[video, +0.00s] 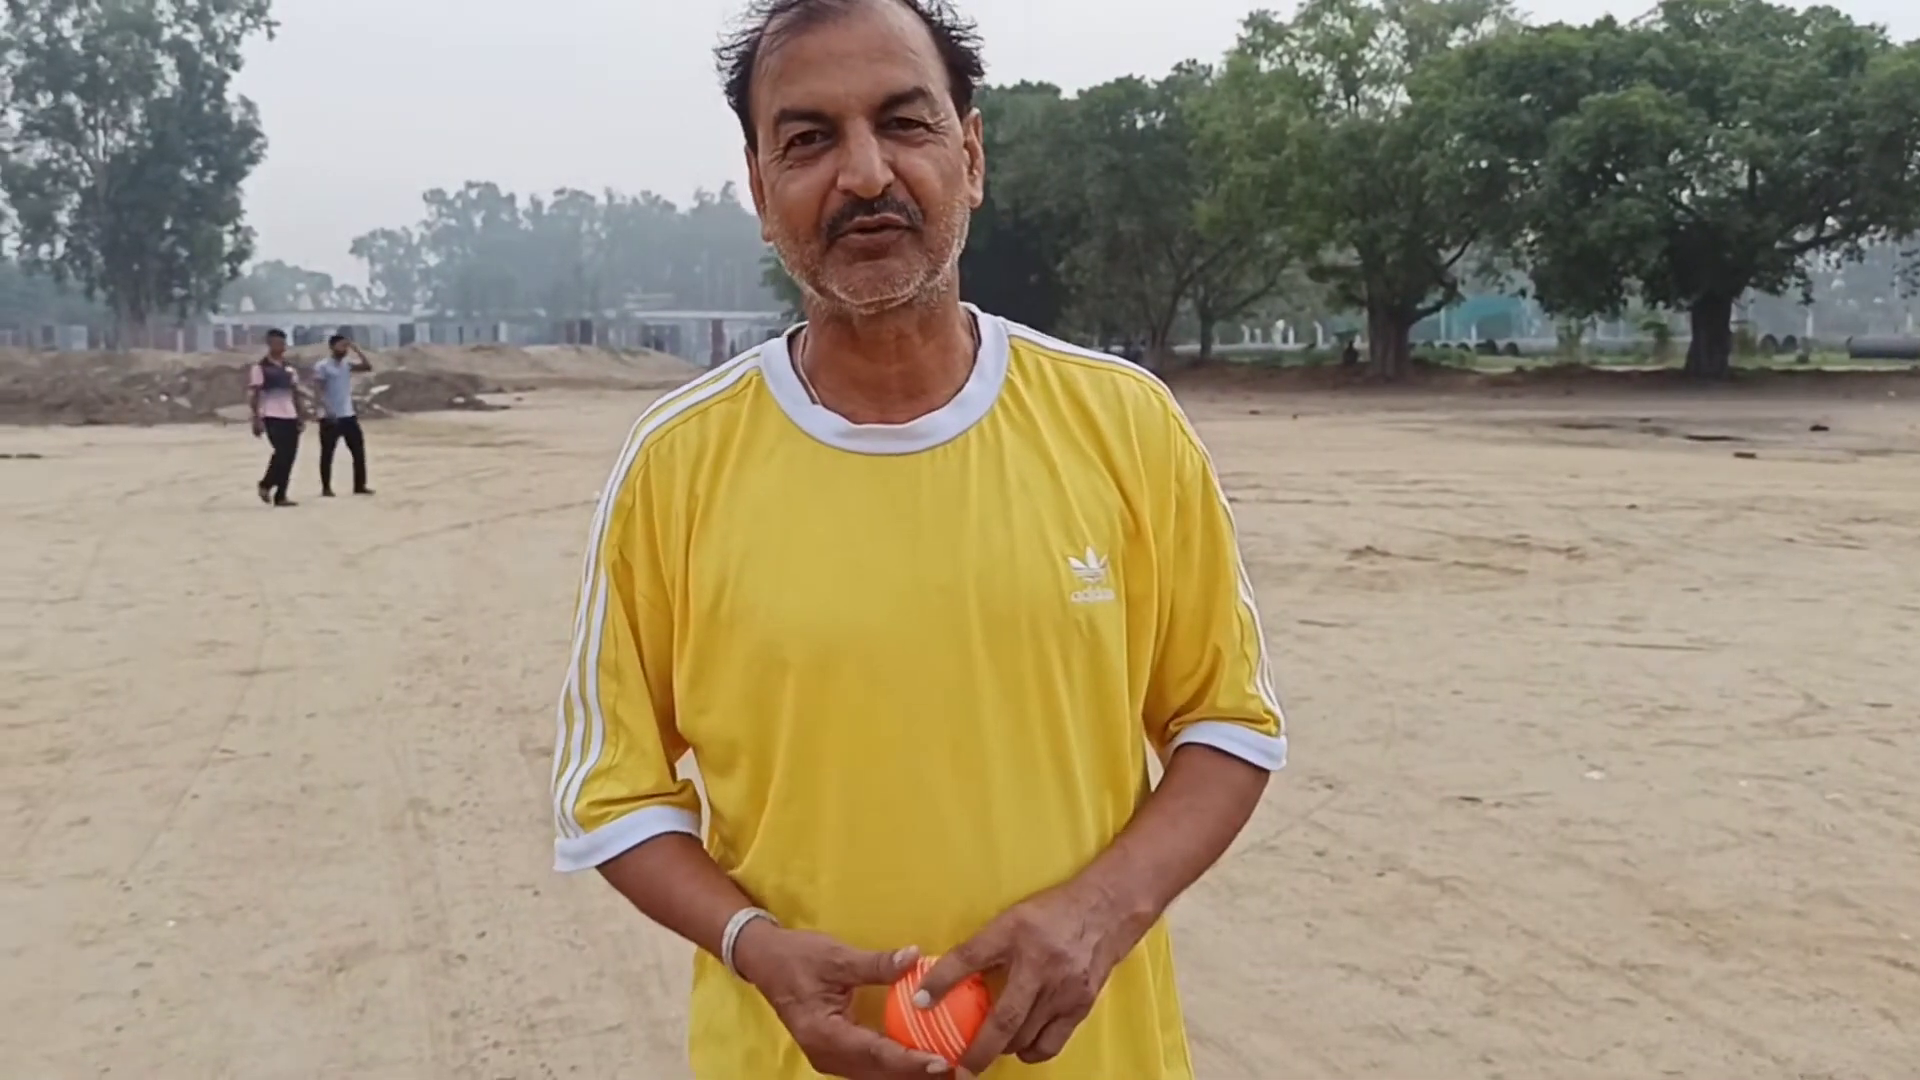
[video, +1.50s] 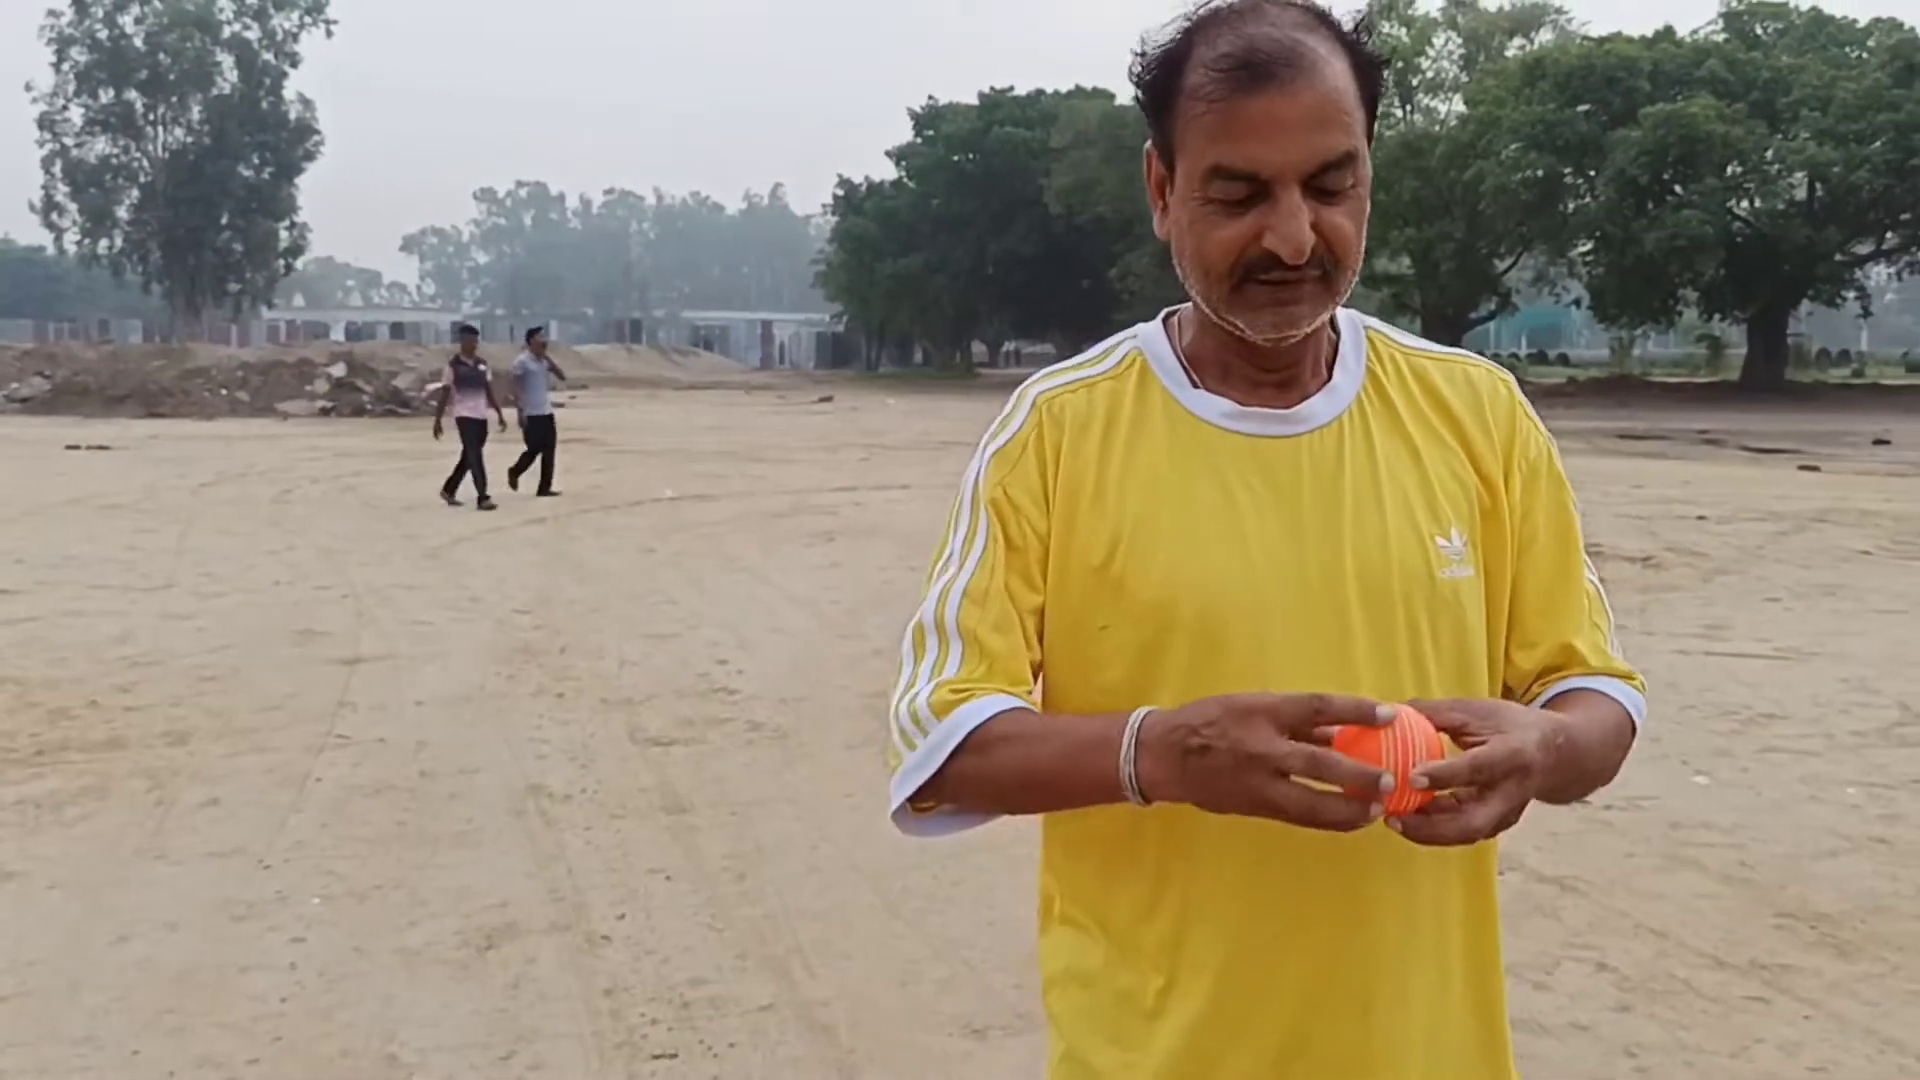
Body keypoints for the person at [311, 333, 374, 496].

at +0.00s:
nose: (344, 349)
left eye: (346, 345)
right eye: (341, 345)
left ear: (347, 348)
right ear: (332, 346)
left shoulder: (346, 365)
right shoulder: (322, 367)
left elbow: (367, 367)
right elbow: (317, 391)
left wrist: (357, 350)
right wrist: (320, 410)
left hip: (348, 416)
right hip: (329, 417)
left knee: (359, 453)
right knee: (327, 455)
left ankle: (360, 485)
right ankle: (326, 487)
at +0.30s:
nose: (419, 351)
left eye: (420, 347)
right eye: (415, 347)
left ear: (420, 350)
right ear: (407, 349)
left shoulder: (419, 368)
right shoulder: (396, 369)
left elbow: (439, 373)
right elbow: (390, 395)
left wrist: (426, 353)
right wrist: (397, 417)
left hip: (423, 418)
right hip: (406, 419)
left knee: (430, 455)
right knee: (403, 455)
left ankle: (428, 488)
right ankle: (383, 475)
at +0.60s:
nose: (469, 349)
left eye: (470, 345)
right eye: (465, 345)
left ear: (471, 348)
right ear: (457, 348)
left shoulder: (472, 368)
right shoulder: (448, 369)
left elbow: (488, 377)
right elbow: (438, 393)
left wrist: (477, 357)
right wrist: (440, 417)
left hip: (470, 415)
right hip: (456, 415)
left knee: (463, 453)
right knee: (467, 453)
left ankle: (455, 487)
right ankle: (478, 485)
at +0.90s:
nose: (499, 345)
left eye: (499, 342)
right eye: (495, 342)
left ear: (500, 345)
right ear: (487, 346)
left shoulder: (502, 364)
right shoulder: (479, 367)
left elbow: (520, 376)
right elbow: (475, 395)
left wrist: (507, 355)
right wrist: (478, 417)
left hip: (504, 414)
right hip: (489, 415)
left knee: (509, 448)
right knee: (499, 452)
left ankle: (484, 471)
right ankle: (502, 488)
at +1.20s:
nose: (532, 345)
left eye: (532, 341)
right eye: (528, 342)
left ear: (532, 344)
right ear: (519, 345)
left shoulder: (533, 364)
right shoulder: (510, 365)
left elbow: (550, 376)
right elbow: (508, 390)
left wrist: (537, 356)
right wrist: (525, 407)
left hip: (534, 416)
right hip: (517, 417)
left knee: (544, 453)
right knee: (513, 455)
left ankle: (556, 483)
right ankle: (510, 486)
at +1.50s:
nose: (543, 342)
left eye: (543, 338)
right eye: (539, 339)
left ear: (542, 341)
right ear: (530, 342)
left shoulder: (542, 361)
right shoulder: (521, 362)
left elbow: (561, 376)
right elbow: (515, 390)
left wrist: (547, 359)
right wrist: (520, 413)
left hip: (546, 413)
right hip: (531, 414)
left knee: (549, 452)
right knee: (534, 449)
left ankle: (545, 486)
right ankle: (514, 472)